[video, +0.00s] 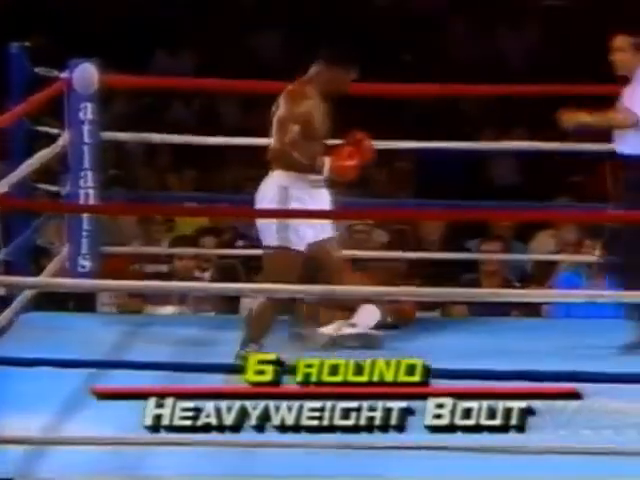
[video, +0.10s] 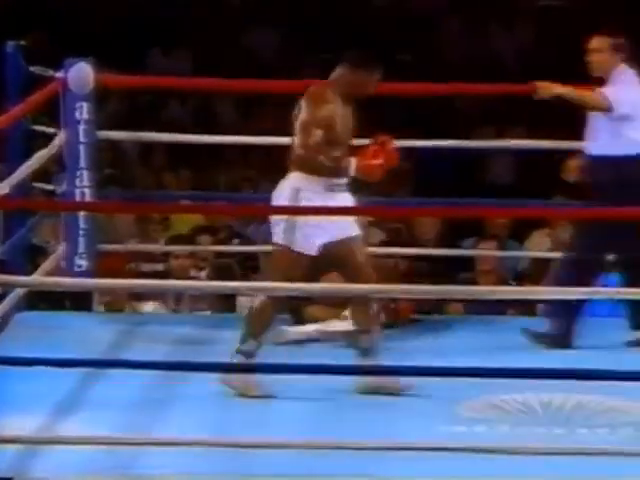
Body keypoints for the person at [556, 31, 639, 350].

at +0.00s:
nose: (615, 58)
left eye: (621, 51)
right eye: (613, 51)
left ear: (635, 54)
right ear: (616, 56)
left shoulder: (635, 84)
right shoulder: (629, 85)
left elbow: (628, 117)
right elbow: (623, 116)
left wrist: (584, 119)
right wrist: (585, 119)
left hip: (633, 165)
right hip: (624, 164)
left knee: (626, 240)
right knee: (624, 239)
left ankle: (635, 327)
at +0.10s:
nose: (591, 58)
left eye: (597, 52)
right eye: (590, 52)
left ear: (617, 54)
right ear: (593, 57)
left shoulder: (627, 80)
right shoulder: (605, 86)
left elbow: (606, 103)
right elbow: (602, 136)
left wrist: (559, 91)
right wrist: (583, 158)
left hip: (623, 172)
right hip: (603, 173)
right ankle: (560, 325)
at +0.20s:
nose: (577, 59)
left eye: (584, 53)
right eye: (575, 53)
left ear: (602, 57)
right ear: (577, 58)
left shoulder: (609, 86)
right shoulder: (590, 87)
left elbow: (581, 98)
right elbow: (574, 136)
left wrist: (541, 86)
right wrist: (548, 156)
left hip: (597, 176)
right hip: (581, 174)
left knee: (558, 249)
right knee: (607, 251)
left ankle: (543, 327)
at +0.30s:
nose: (550, 54)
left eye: (557, 49)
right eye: (549, 49)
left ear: (575, 54)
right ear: (551, 54)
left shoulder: (581, 82)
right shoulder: (563, 84)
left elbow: (550, 93)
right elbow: (546, 134)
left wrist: (513, 82)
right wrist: (523, 160)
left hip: (564, 168)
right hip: (548, 167)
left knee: (535, 246)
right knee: (538, 246)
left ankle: (530, 327)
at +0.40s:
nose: (533, 48)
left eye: (540, 42)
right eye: (532, 42)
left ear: (557, 47)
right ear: (532, 47)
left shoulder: (563, 76)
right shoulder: (546, 76)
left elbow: (534, 87)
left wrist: (496, 79)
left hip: (544, 162)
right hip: (530, 160)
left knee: (527, 241)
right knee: (521, 240)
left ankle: (527, 323)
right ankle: (523, 321)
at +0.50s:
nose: (508, 47)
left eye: (516, 41)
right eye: (506, 41)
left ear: (532, 46)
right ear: (504, 45)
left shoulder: (539, 75)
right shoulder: (512, 80)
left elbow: (518, 86)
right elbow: (503, 129)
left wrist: (482, 76)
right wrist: (479, 135)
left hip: (524, 160)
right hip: (503, 160)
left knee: (512, 240)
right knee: (489, 237)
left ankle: (519, 321)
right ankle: (490, 314)